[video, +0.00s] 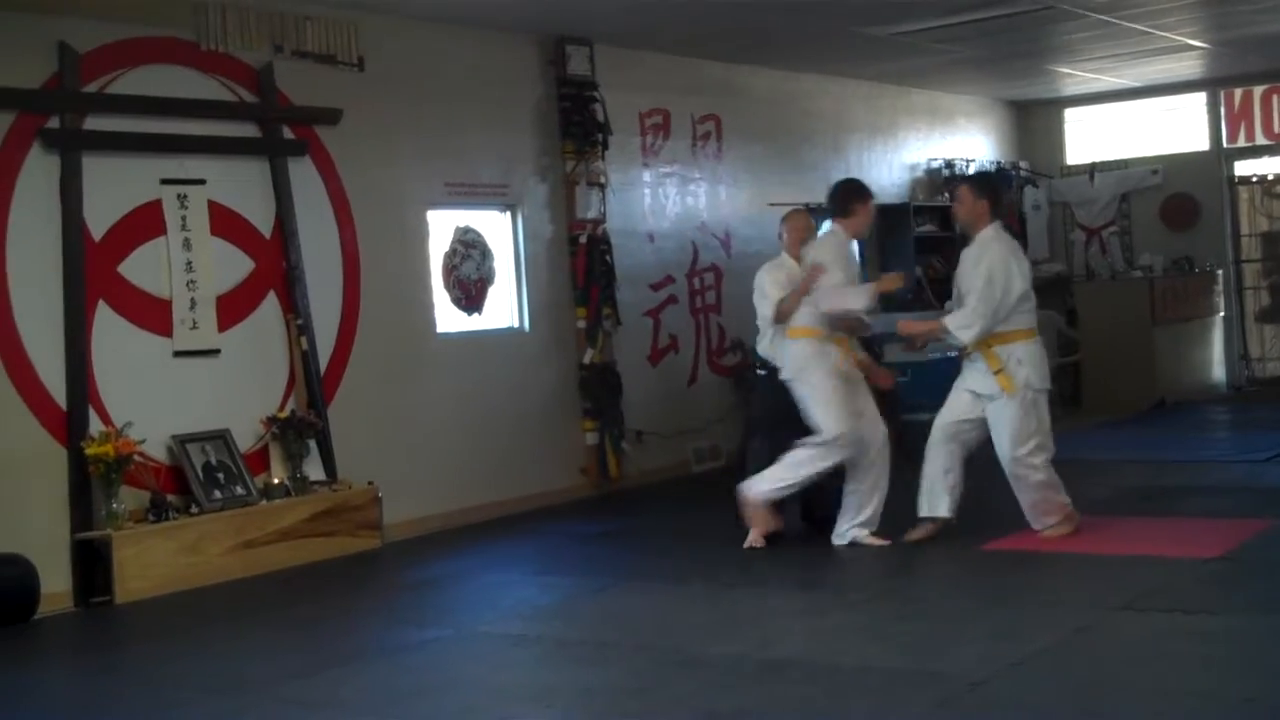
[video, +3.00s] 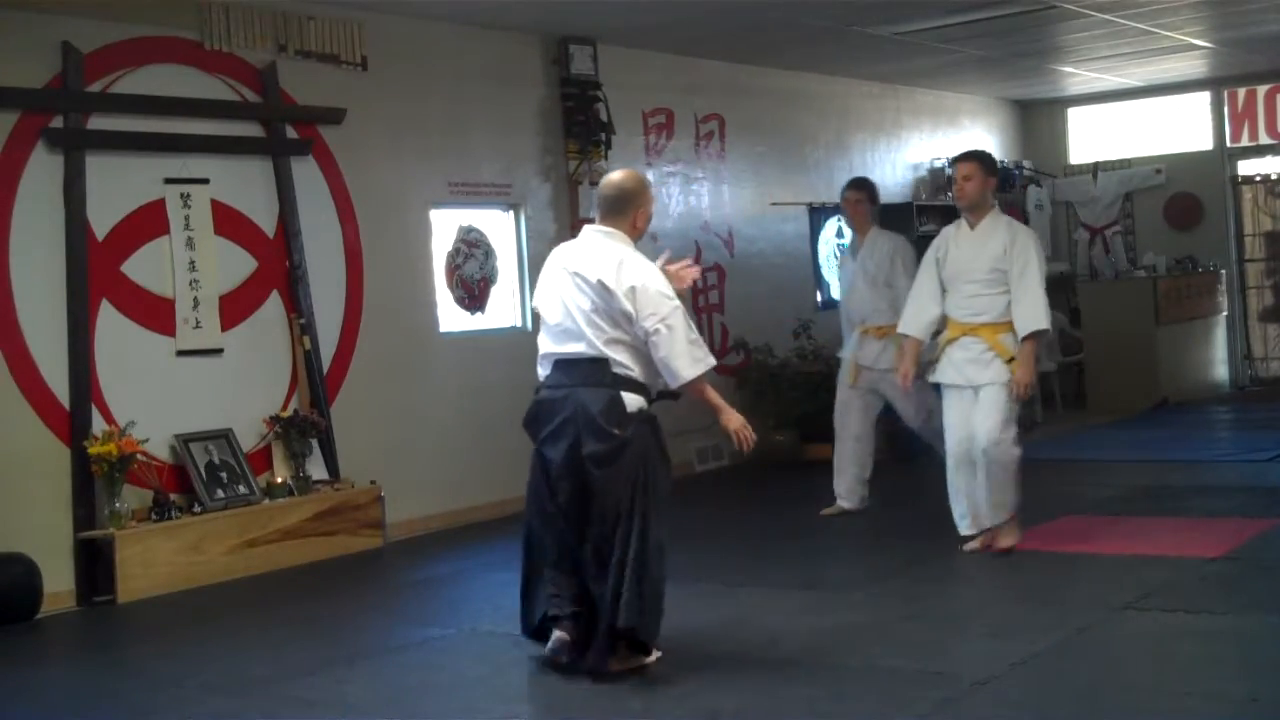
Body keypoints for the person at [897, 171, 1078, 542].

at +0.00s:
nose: (953, 209)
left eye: (959, 201)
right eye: (954, 201)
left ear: (982, 205)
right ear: (978, 207)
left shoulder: (997, 250)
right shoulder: (977, 250)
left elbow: (978, 316)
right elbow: (968, 309)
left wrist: (931, 329)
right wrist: (932, 327)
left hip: (1015, 360)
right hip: (982, 360)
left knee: (1019, 450)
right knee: (946, 432)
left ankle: (1059, 516)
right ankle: (934, 515)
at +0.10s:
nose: (973, 204)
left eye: (980, 196)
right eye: (975, 196)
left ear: (1001, 201)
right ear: (996, 202)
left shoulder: (1017, 248)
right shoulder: (985, 250)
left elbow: (993, 311)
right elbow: (967, 303)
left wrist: (938, 323)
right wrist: (939, 323)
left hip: (1026, 357)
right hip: (990, 358)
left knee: (1025, 446)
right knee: (962, 433)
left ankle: (1058, 517)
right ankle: (988, 507)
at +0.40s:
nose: (992, 201)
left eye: (1000, 193)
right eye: (993, 193)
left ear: (1025, 197)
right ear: (1014, 198)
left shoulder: (1046, 242)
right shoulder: (1005, 246)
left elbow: (1040, 313)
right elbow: (1002, 306)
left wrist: (1000, 352)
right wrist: (993, 348)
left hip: (1047, 347)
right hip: (1015, 349)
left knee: (1036, 435)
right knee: (1014, 440)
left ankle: (1063, 514)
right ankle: (1062, 502)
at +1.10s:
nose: (1047, 198)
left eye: (1055, 190)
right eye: (1046, 191)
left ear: (1078, 195)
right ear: (1047, 196)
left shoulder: (1096, 241)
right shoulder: (1042, 242)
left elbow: (1097, 303)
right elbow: (1028, 297)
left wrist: (1075, 354)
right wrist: (1018, 347)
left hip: (1080, 339)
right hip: (1043, 339)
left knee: (1078, 420)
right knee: (1049, 424)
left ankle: (1086, 500)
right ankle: (1066, 495)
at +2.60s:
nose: (1024, 199)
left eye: (1032, 192)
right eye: (1021, 193)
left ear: (1055, 196)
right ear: (1018, 200)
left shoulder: (1080, 245)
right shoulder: (1013, 249)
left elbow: (1088, 308)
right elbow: (997, 308)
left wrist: (1064, 362)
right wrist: (987, 366)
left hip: (1069, 347)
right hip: (1022, 349)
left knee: (1090, 439)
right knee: (1005, 429)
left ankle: (1102, 505)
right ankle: (996, 515)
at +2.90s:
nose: (970, 188)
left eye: (979, 181)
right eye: (968, 182)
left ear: (1003, 185)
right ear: (966, 188)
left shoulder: (1030, 237)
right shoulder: (959, 240)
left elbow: (1039, 298)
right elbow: (939, 297)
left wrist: (1034, 357)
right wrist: (927, 357)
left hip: (1013, 347)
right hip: (968, 347)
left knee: (1016, 440)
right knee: (972, 440)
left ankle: (1047, 492)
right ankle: (987, 528)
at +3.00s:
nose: (958, 187)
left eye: (967, 179)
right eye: (955, 181)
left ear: (991, 183)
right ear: (954, 187)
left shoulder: (1017, 236)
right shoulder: (945, 240)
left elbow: (1029, 296)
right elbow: (925, 294)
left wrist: (1028, 355)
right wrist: (910, 350)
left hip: (1000, 346)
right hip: (956, 347)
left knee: (990, 436)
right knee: (958, 442)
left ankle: (1004, 518)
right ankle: (976, 526)